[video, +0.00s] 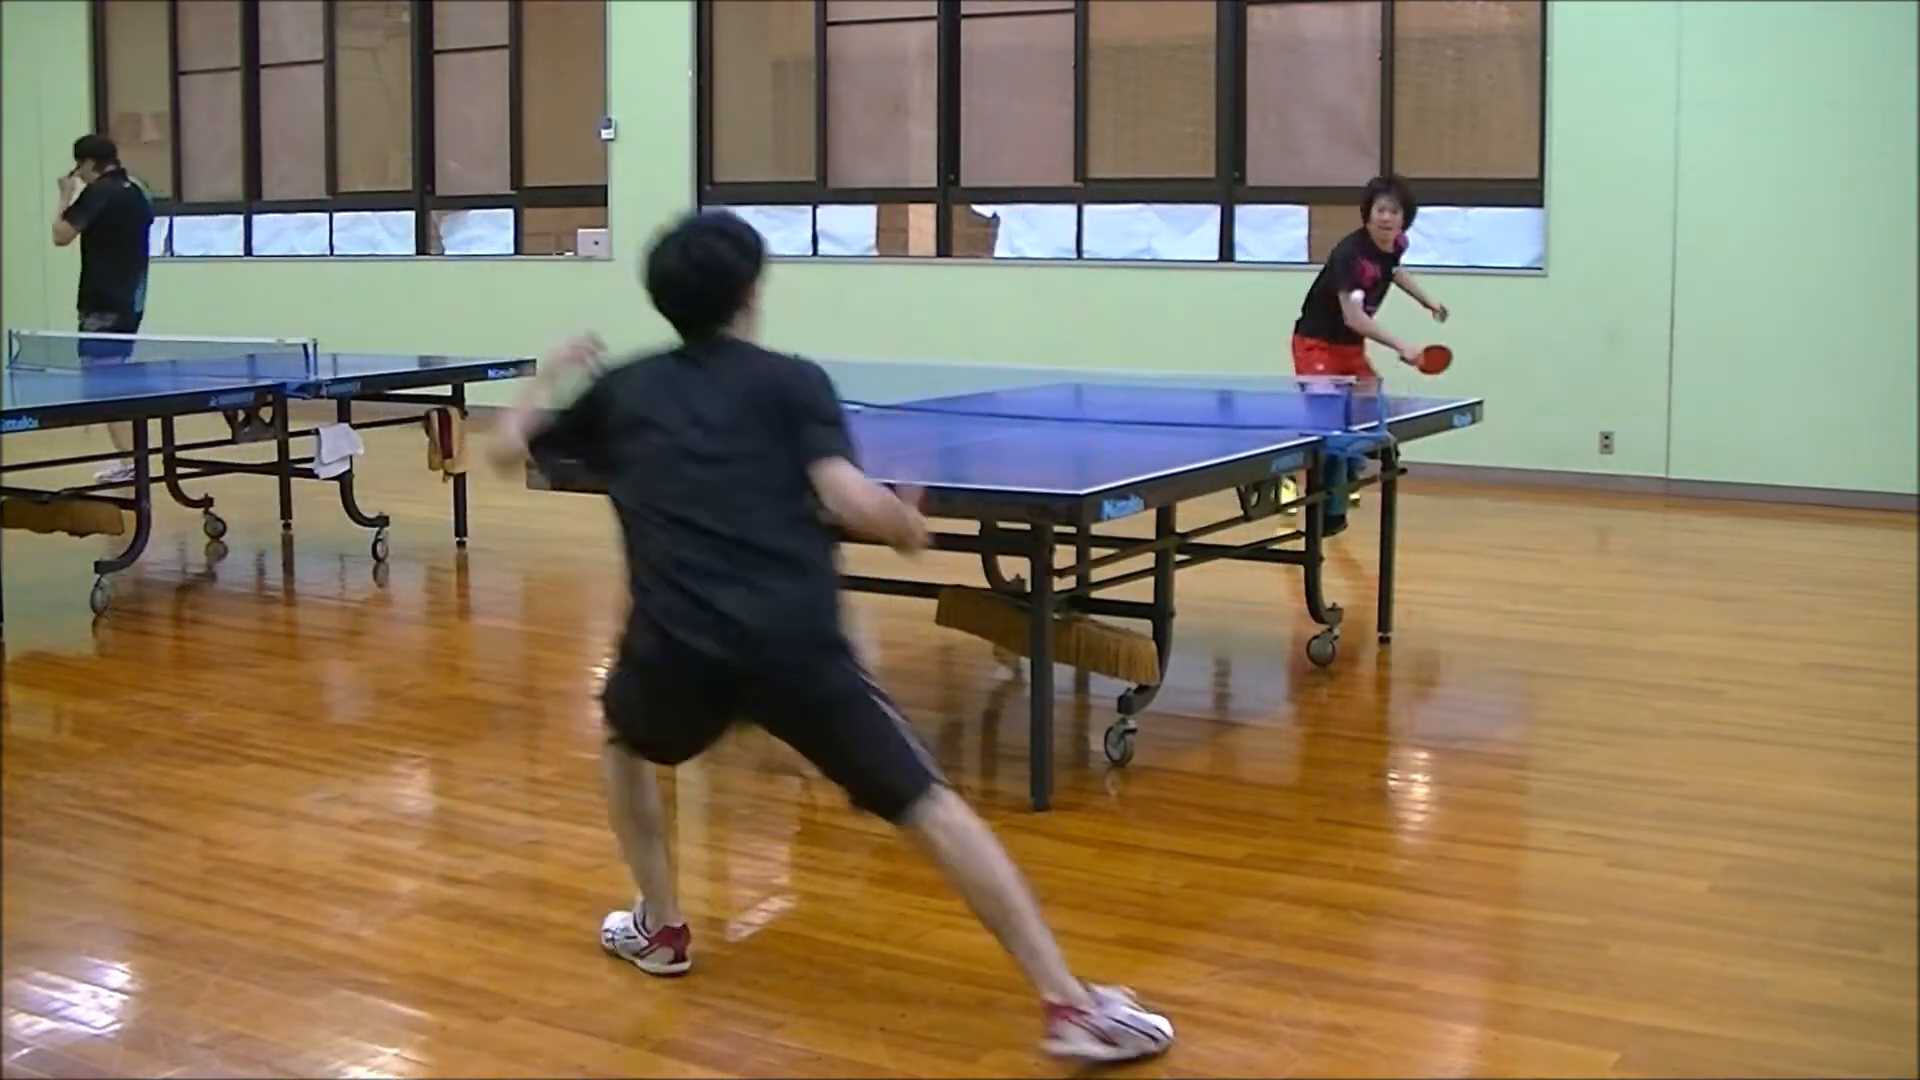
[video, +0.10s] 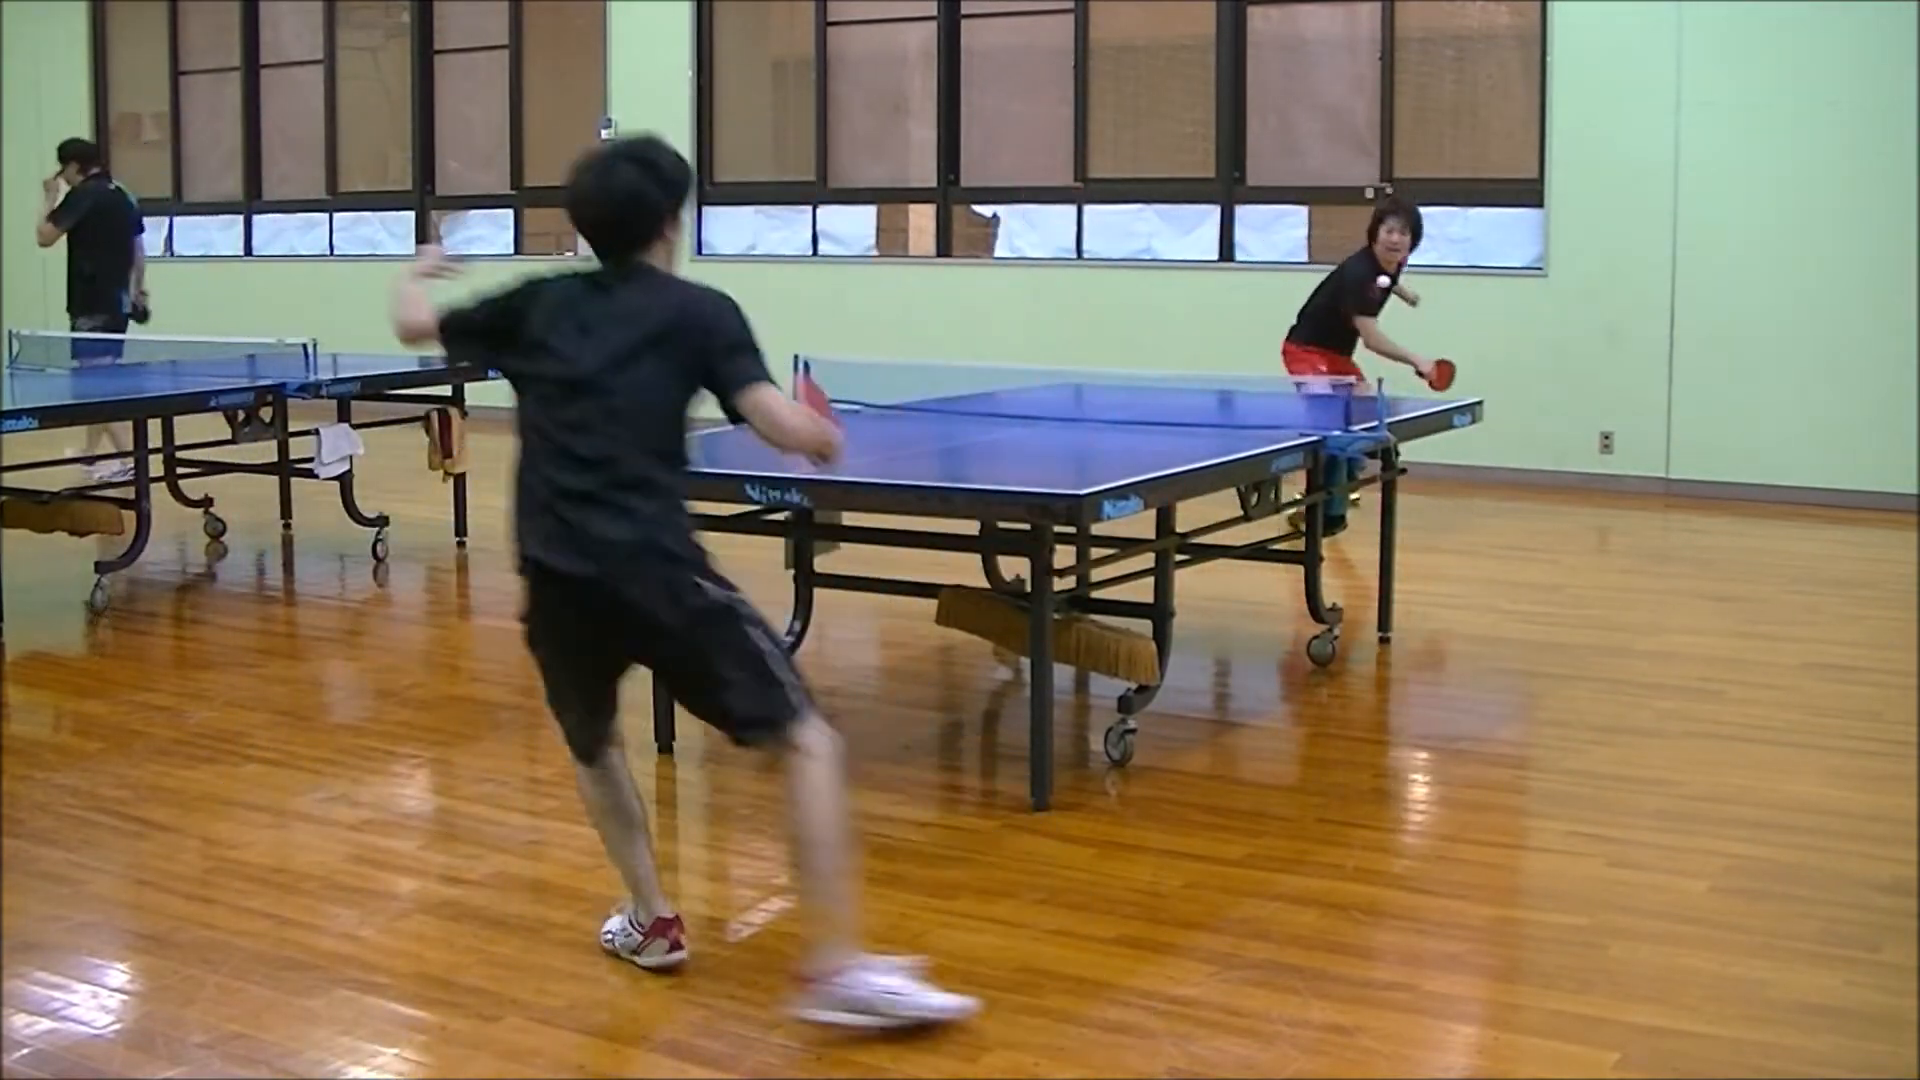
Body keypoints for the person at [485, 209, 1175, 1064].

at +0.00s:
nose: (760, 289)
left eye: (749, 278)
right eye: (755, 278)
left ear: (665, 302)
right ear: (745, 295)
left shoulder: (624, 395)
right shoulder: (792, 383)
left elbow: (507, 444)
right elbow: (843, 496)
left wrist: (552, 375)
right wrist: (906, 524)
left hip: (679, 658)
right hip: (798, 656)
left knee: (627, 742)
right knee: (932, 807)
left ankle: (660, 925)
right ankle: (1070, 1002)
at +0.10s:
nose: (687, 223)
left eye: (682, 211)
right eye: (682, 213)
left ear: (585, 229)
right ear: (668, 226)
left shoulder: (539, 304)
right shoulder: (697, 312)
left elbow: (414, 322)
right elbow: (776, 420)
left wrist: (419, 268)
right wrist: (820, 433)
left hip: (558, 583)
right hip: (660, 576)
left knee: (595, 746)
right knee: (808, 737)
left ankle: (652, 920)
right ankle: (838, 962)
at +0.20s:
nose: (618, 169)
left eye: (615, 155)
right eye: (616, 157)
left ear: (519, 159)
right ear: (604, 166)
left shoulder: (471, 238)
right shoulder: (618, 266)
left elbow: (342, 286)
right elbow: (711, 395)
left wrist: (254, 318)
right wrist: (742, 388)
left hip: (451, 532)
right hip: (540, 526)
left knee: (556, 698)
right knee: (655, 706)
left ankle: (587, 877)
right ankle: (536, 887)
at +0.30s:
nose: (543, 163)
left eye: (541, 149)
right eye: (541, 151)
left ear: (445, 155)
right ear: (524, 162)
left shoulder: (396, 235)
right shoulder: (536, 262)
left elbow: (280, 328)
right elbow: (594, 398)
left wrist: (199, 412)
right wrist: (646, 391)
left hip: (378, 502)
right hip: (448, 513)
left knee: (479, 647)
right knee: (503, 717)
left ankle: (435, 811)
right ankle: (327, 859)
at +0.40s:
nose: (471, 198)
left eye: (468, 184)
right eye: (467, 185)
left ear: (379, 194)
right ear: (449, 196)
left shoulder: (332, 280)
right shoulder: (444, 302)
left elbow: (247, 402)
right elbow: (500, 438)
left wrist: (236, 497)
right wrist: (573, 425)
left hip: (302, 533)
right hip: (361, 554)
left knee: (357, 659)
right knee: (430, 753)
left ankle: (270, 794)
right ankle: (276, 898)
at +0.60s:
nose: (363, 292)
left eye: (360, 278)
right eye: (358, 280)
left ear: (288, 293)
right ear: (333, 297)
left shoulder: (265, 356)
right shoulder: (302, 389)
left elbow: (286, 454)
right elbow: (342, 528)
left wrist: (366, 486)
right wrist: (449, 500)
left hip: (173, 579)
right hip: (215, 597)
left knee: (214, 686)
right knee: (376, 717)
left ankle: (111, 803)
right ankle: (279, 893)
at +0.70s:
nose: (340, 280)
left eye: (337, 267)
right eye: (335, 268)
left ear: (277, 279)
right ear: (309, 282)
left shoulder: (258, 343)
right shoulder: (256, 372)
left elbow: (294, 423)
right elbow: (292, 520)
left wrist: (366, 449)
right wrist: (406, 510)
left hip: (168, 548)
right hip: (171, 565)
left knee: (225, 647)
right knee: (314, 693)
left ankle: (117, 786)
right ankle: (277, 893)